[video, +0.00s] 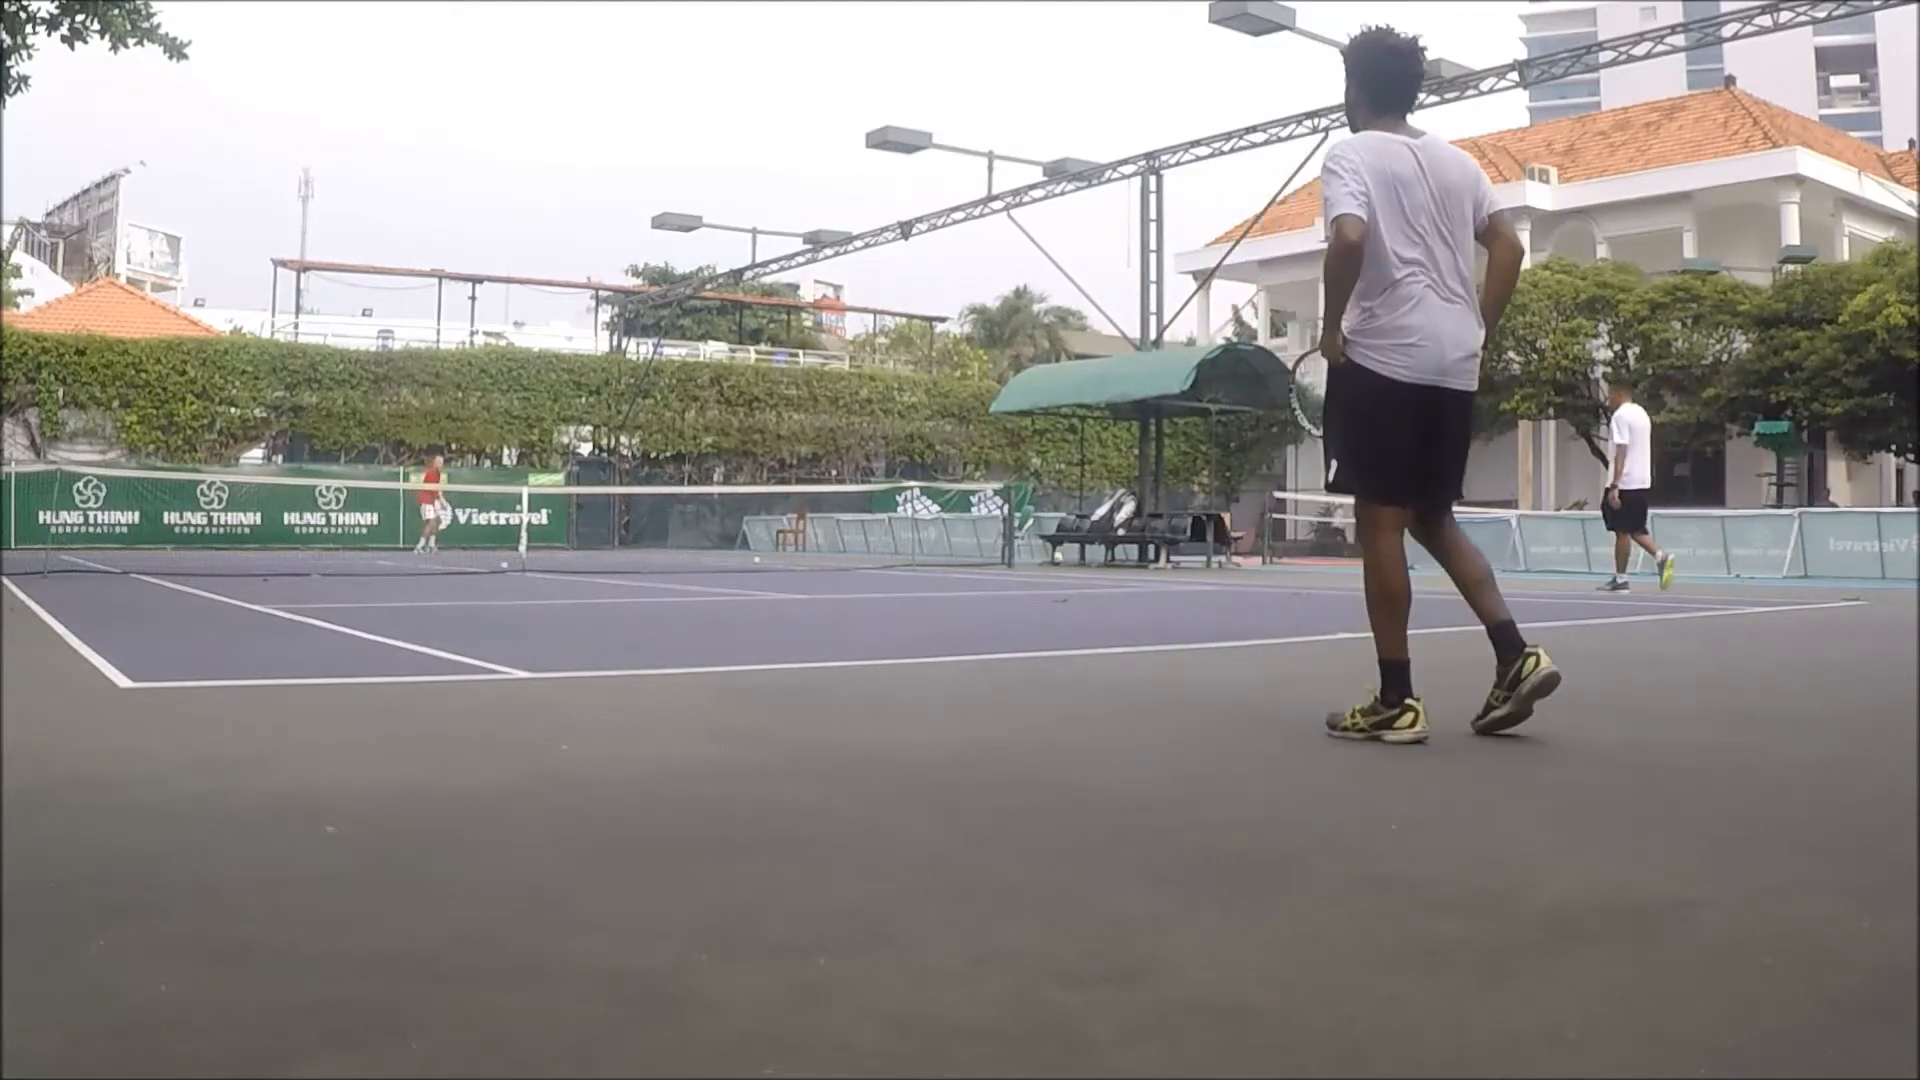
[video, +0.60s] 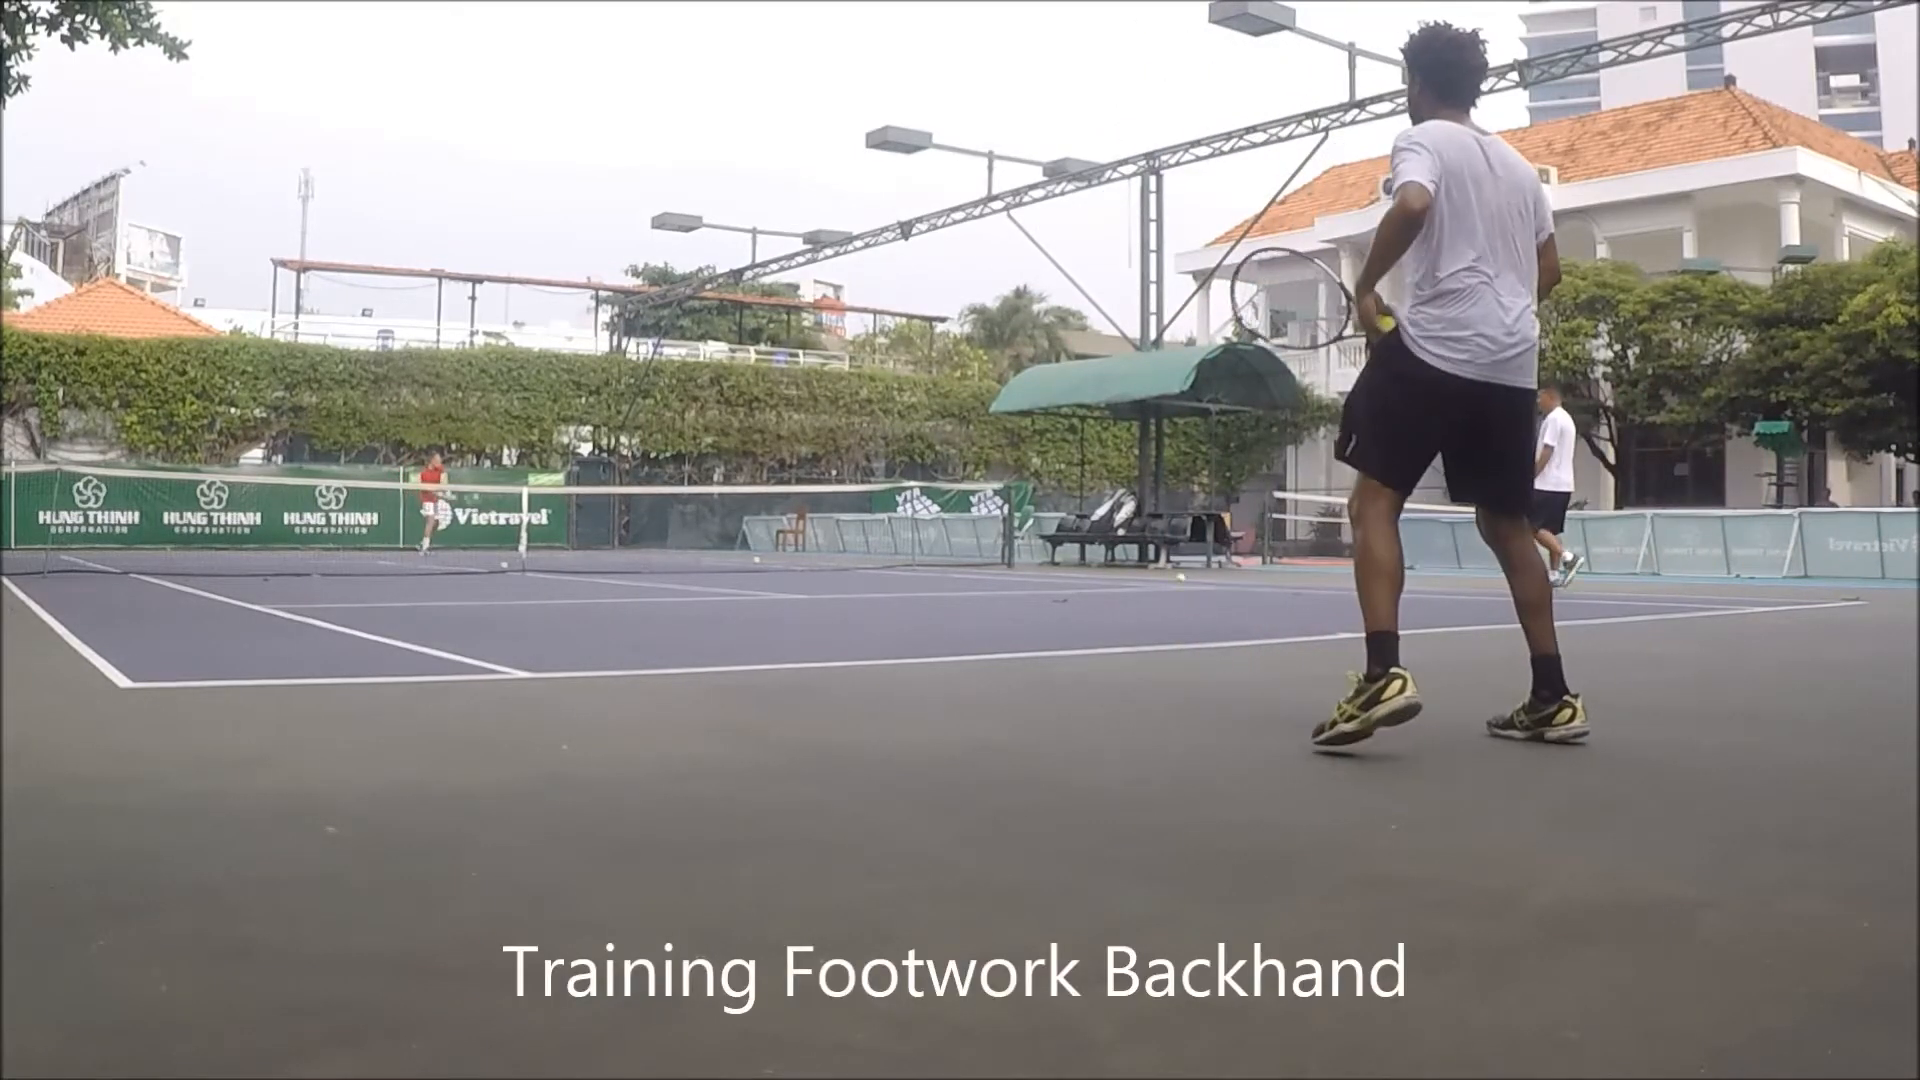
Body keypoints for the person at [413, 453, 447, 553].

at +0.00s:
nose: (441, 465)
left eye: (442, 462)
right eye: (438, 462)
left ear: (442, 463)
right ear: (432, 462)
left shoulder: (437, 474)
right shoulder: (430, 474)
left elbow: (437, 489)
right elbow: (434, 489)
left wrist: (441, 500)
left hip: (433, 500)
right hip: (426, 500)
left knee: (436, 521)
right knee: (431, 521)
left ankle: (431, 544)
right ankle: (420, 545)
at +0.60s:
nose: (439, 463)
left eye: (440, 460)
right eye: (437, 461)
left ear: (441, 461)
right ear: (431, 461)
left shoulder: (442, 472)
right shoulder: (422, 473)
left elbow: (444, 486)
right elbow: (420, 487)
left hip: (439, 499)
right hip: (427, 499)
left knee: (436, 522)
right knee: (430, 519)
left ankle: (424, 541)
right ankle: (426, 544)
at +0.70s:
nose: (438, 466)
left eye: (440, 464)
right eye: (435, 464)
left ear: (442, 463)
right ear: (431, 461)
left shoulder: (441, 472)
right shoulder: (426, 471)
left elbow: (442, 485)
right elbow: (425, 484)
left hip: (436, 498)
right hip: (427, 497)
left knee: (435, 521)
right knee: (430, 519)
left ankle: (420, 540)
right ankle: (425, 545)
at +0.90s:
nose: (438, 459)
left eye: (440, 456)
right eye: (436, 456)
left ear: (441, 457)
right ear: (430, 456)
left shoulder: (441, 468)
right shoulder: (424, 467)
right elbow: (417, 472)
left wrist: (422, 457)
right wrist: (417, 462)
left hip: (438, 493)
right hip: (429, 493)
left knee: (438, 519)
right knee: (431, 517)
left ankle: (423, 538)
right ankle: (426, 543)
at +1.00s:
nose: (438, 459)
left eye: (439, 457)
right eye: (435, 457)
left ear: (442, 458)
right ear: (429, 457)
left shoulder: (442, 468)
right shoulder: (424, 467)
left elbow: (438, 464)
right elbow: (416, 474)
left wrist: (423, 459)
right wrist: (417, 461)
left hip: (438, 493)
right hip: (428, 493)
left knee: (438, 522)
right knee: (431, 517)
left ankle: (426, 537)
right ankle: (426, 542)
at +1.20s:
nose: (437, 459)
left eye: (439, 457)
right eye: (435, 457)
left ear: (442, 459)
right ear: (431, 458)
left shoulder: (443, 469)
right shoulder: (427, 468)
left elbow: (439, 480)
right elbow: (421, 477)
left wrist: (424, 477)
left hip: (438, 495)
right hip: (427, 496)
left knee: (440, 520)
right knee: (427, 520)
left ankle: (441, 544)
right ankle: (425, 543)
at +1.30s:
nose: (436, 461)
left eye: (438, 459)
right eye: (434, 459)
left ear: (442, 460)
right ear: (430, 460)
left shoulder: (442, 472)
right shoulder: (427, 472)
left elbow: (443, 486)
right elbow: (423, 484)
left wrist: (428, 485)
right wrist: (438, 486)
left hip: (439, 502)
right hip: (427, 503)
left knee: (441, 526)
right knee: (426, 525)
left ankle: (441, 547)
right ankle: (423, 546)